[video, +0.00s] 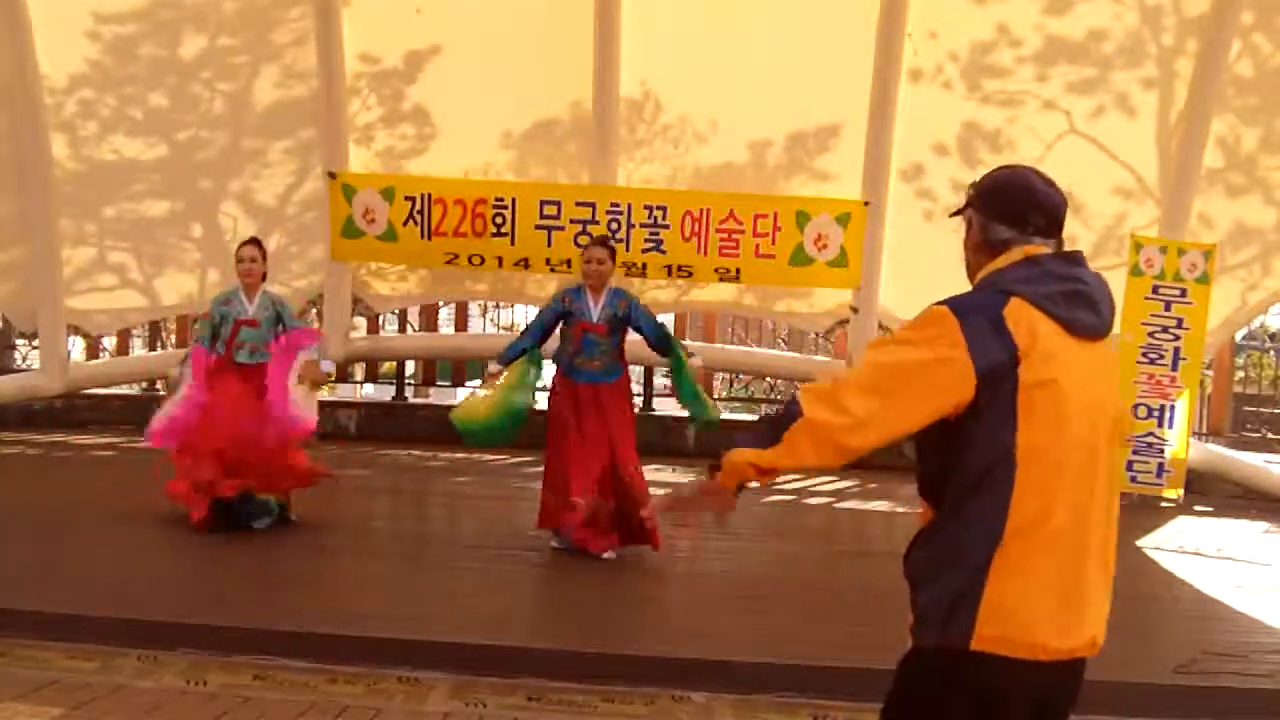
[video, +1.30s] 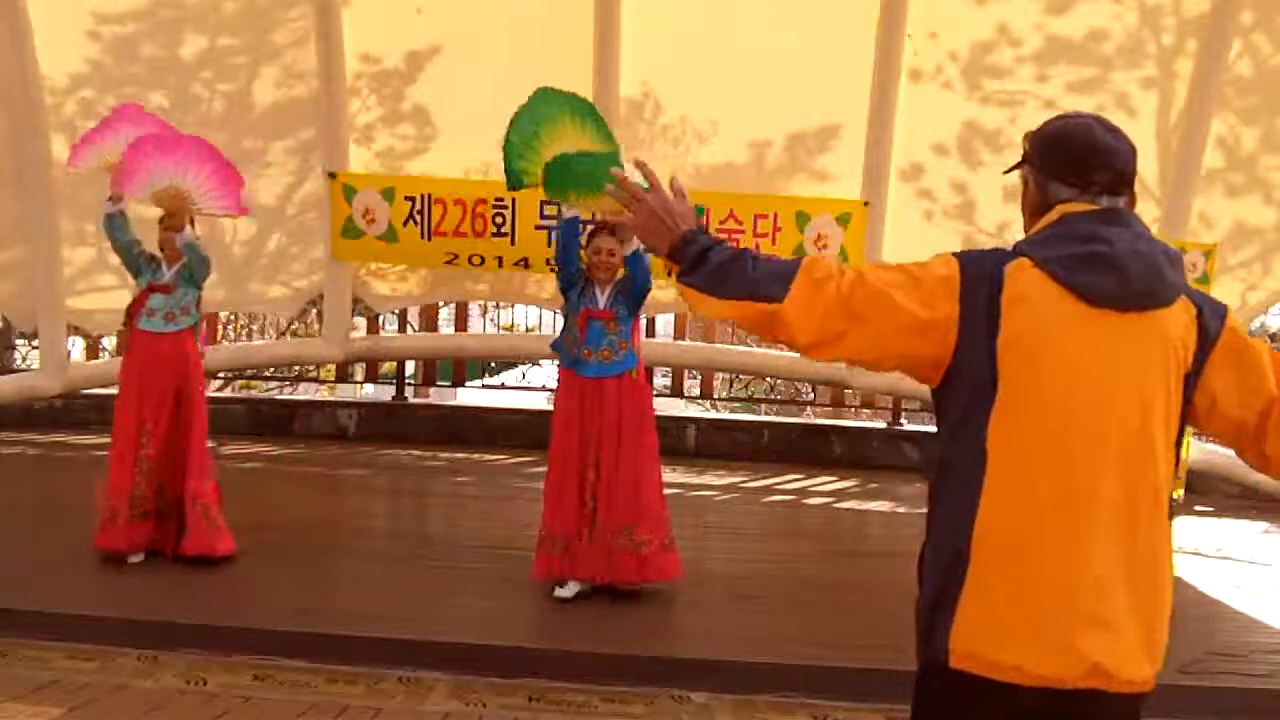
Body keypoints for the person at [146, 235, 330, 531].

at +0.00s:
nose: (247, 267)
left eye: (254, 261)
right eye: (242, 261)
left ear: (264, 267)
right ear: (235, 266)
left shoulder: (275, 305)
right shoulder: (222, 303)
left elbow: (298, 338)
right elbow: (203, 344)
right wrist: (197, 379)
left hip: (262, 376)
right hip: (226, 375)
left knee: (264, 435)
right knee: (224, 434)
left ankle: (278, 500)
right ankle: (219, 499)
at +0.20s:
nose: (237, 251)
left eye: (243, 246)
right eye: (232, 246)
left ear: (255, 251)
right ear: (225, 251)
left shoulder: (265, 289)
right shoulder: (212, 287)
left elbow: (300, 315)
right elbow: (176, 319)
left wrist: (338, 329)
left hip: (250, 368)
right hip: (215, 367)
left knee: (256, 433)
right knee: (198, 431)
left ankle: (267, 504)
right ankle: (180, 509)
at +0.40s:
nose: (220, 235)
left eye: (226, 229)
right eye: (215, 230)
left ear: (239, 234)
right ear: (208, 235)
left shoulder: (250, 268)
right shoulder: (197, 267)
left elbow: (292, 276)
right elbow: (159, 275)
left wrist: (337, 272)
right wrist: (121, 273)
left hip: (232, 355)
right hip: (199, 355)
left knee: (238, 426)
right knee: (196, 426)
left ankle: (244, 506)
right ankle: (198, 510)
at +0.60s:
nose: (204, 232)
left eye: (211, 226)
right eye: (199, 226)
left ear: (224, 232)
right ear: (193, 231)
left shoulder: (233, 263)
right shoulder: (182, 264)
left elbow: (276, 248)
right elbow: (142, 248)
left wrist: (317, 220)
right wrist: (106, 220)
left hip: (218, 357)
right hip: (184, 358)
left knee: (215, 431)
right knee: (187, 432)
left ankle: (211, 514)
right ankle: (192, 513)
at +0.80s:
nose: (195, 233)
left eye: (202, 228)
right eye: (190, 227)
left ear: (213, 232)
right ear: (182, 230)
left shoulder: (218, 265)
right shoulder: (172, 263)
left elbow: (251, 238)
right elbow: (135, 235)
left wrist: (276, 201)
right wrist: (106, 191)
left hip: (207, 365)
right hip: (173, 364)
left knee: (205, 437)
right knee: (171, 438)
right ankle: (170, 522)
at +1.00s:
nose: (188, 231)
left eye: (195, 226)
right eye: (182, 225)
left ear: (207, 233)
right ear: (174, 229)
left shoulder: (210, 267)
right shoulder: (164, 263)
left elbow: (230, 238)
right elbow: (130, 229)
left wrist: (233, 194)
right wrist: (112, 178)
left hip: (194, 369)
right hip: (160, 368)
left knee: (198, 444)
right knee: (157, 443)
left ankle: (204, 527)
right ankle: (156, 527)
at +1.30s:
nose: (166, 237)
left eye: (173, 231)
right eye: (163, 230)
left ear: (187, 235)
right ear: (156, 235)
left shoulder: (194, 274)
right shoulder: (146, 268)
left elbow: (196, 262)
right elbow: (120, 235)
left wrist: (186, 232)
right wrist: (116, 192)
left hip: (180, 370)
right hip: (143, 367)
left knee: (183, 448)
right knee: (140, 448)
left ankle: (185, 537)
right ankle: (137, 538)